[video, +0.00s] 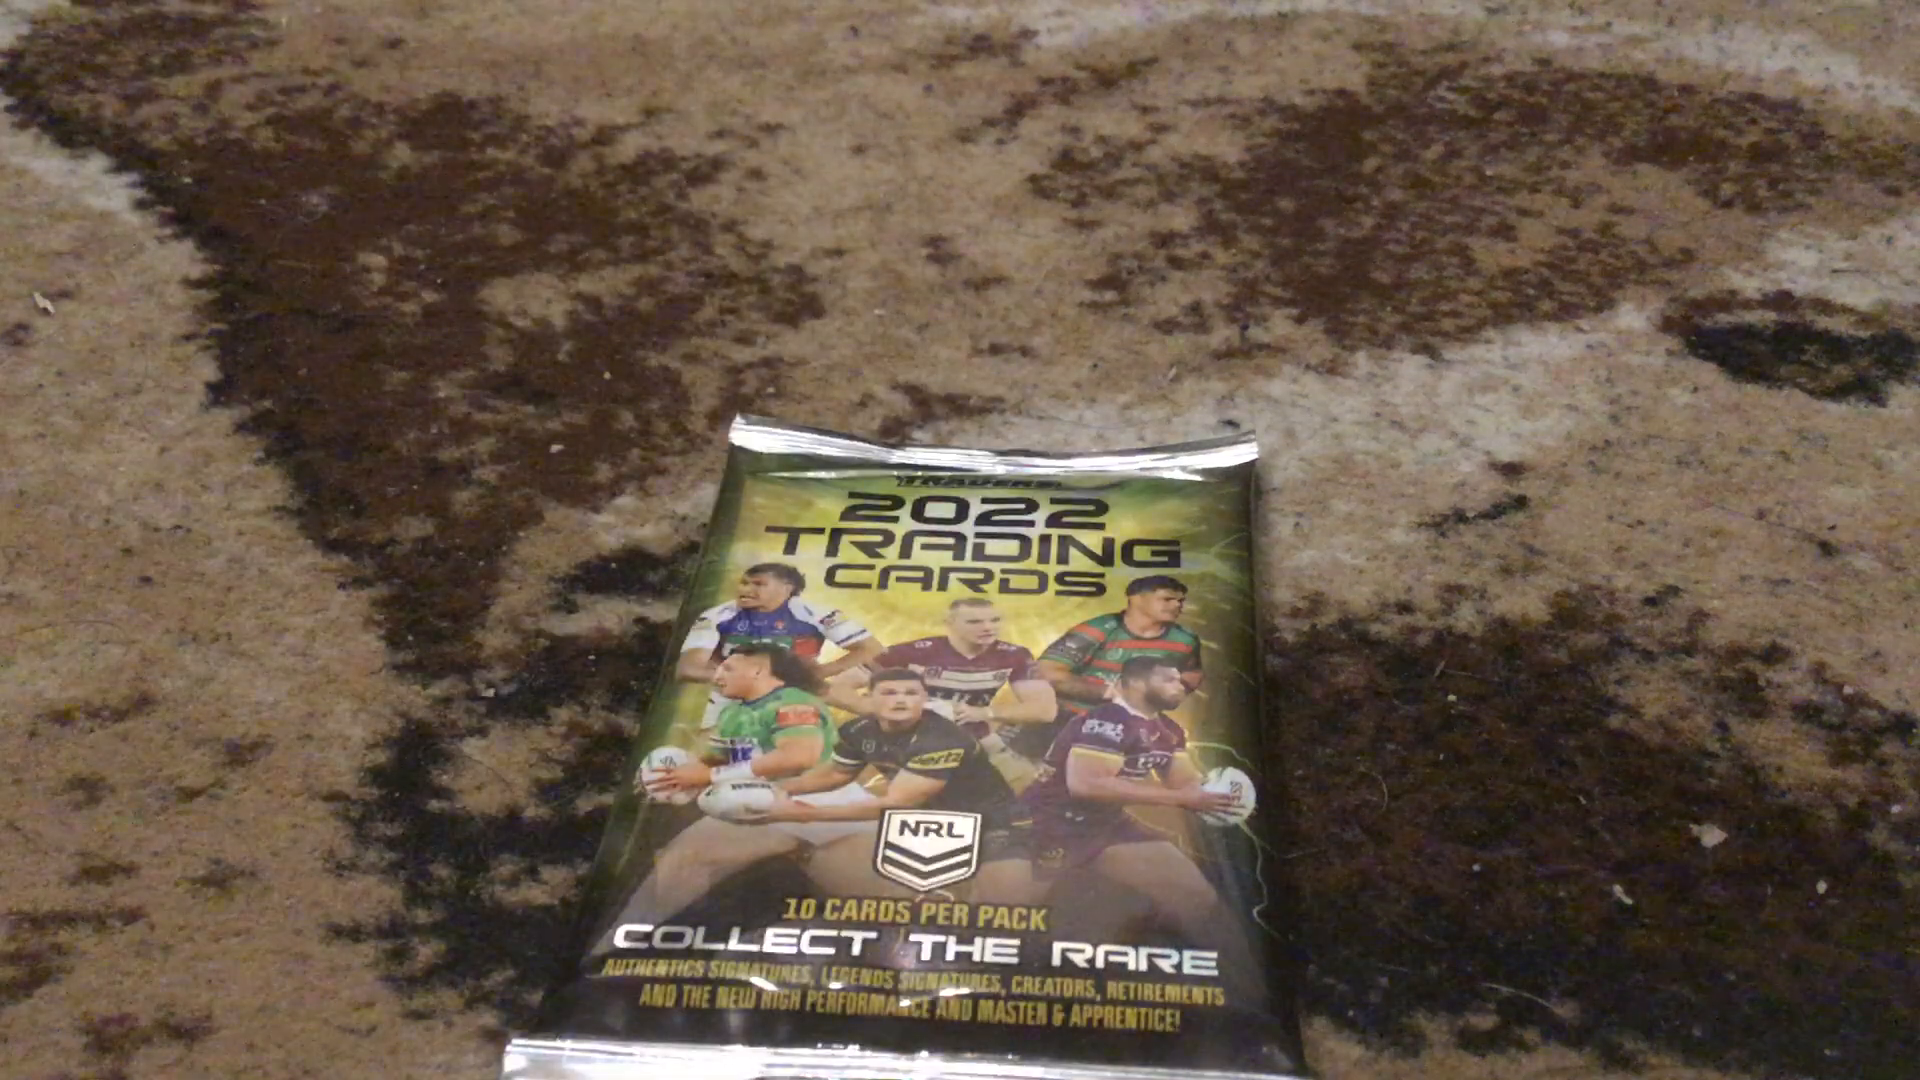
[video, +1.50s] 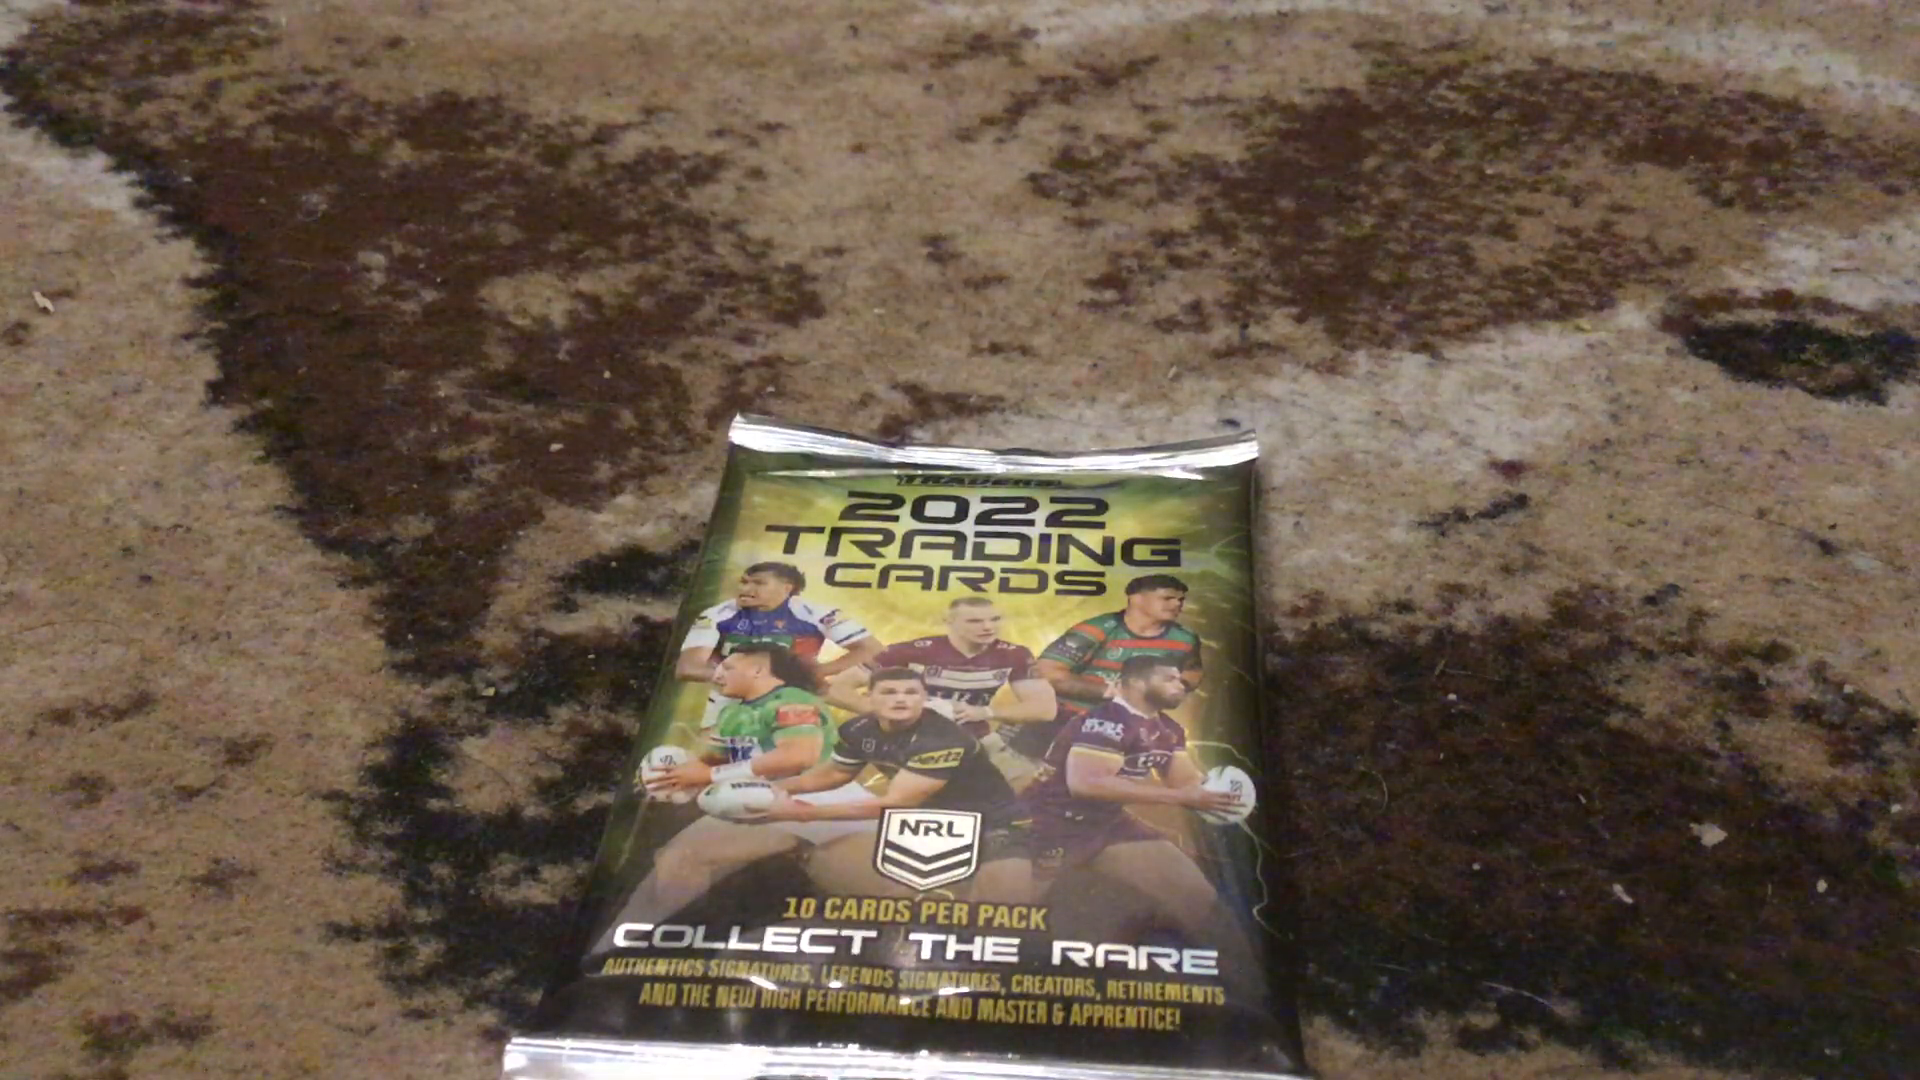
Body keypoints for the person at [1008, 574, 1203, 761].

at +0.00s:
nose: (1177, 606)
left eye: (1179, 601)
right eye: (1168, 599)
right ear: (1135, 599)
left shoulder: (1186, 642)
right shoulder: (1099, 630)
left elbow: (1194, 673)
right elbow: (1044, 671)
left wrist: (1161, 694)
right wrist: (1105, 691)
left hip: (1142, 729)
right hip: (1082, 724)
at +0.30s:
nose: (1176, 606)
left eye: (1179, 601)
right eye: (1167, 599)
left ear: (1182, 604)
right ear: (1136, 599)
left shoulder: (1186, 642)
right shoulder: (1099, 629)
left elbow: (1192, 678)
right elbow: (1045, 671)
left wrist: (1151, 696)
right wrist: (1105, 692)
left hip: (1141, 726)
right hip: (1082, 722)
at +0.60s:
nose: (1176, 606)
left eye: (1179, 601)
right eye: (1167, 599)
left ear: (1182, 604)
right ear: (1136, 599)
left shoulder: (1186, 641)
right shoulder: (1099, 629)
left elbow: (1192, 676)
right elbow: (1045, 670)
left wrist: (1153, 697)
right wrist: (1105, 691)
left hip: (1142, 729)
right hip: (1084, 725)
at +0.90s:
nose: (1177, 606)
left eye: (1180, 601)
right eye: (1168, 599)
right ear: (1135, 599)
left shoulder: (1186, 642)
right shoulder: (1099, 629)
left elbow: (1192, 675)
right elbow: (1045, 671)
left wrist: (1153, 697)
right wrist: (1106, 692)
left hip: (1140, 728)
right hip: (1082, 724)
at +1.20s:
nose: (1177, 605)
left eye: (1179, 600)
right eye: (1167, 598)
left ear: (1182, 604)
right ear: (1135, 599)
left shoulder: (1186, 641)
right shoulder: (1099, 629)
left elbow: (1193, 674)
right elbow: (1045, 671)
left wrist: (1155, 695)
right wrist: (1105, 691)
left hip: (1141, 728)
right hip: (1082, 725)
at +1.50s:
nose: (1176, 605)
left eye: (1179, 600)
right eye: (1167, 598)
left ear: (1182, 604)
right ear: (1136, 599)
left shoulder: (1186, 640)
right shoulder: (1097, 629)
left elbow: (1193, 677)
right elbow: (1044, 671)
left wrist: (1150, 693)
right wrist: (1108, 691)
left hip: (1145, 731)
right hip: (1083, 728)